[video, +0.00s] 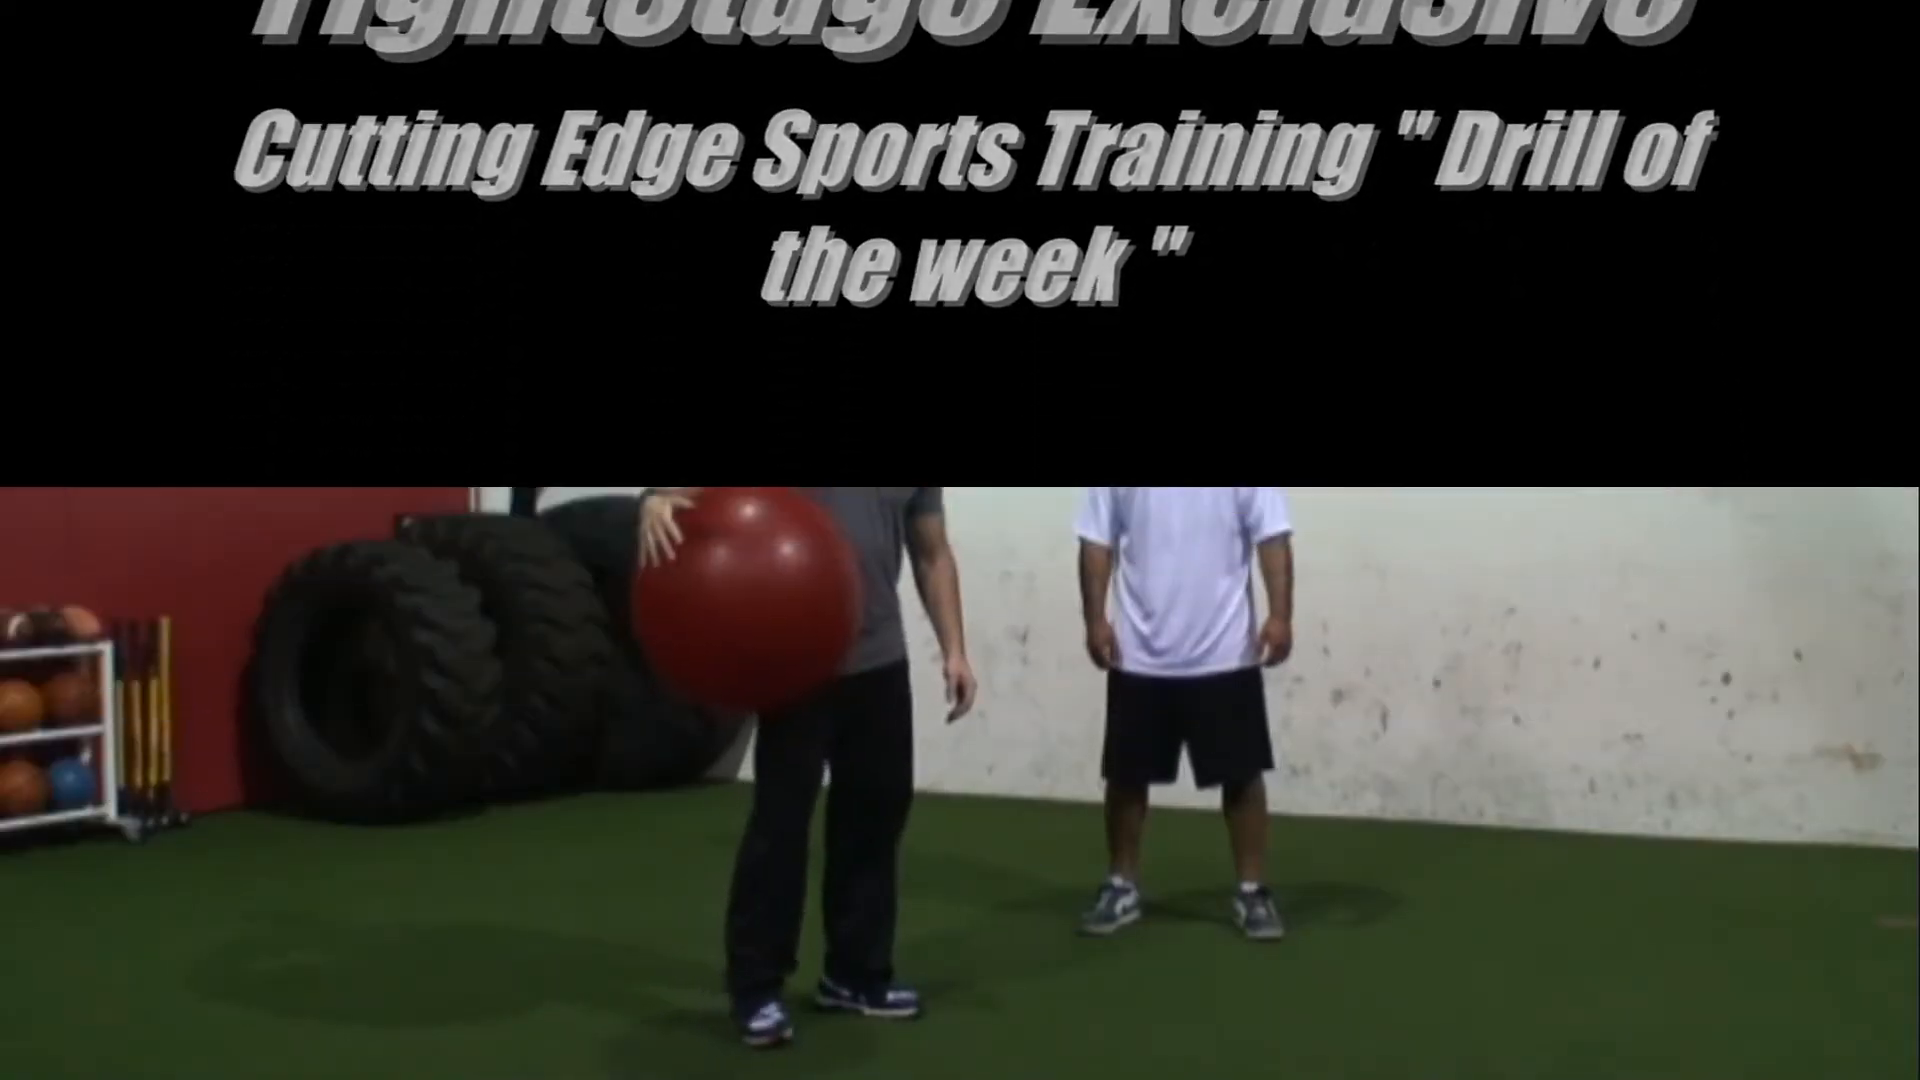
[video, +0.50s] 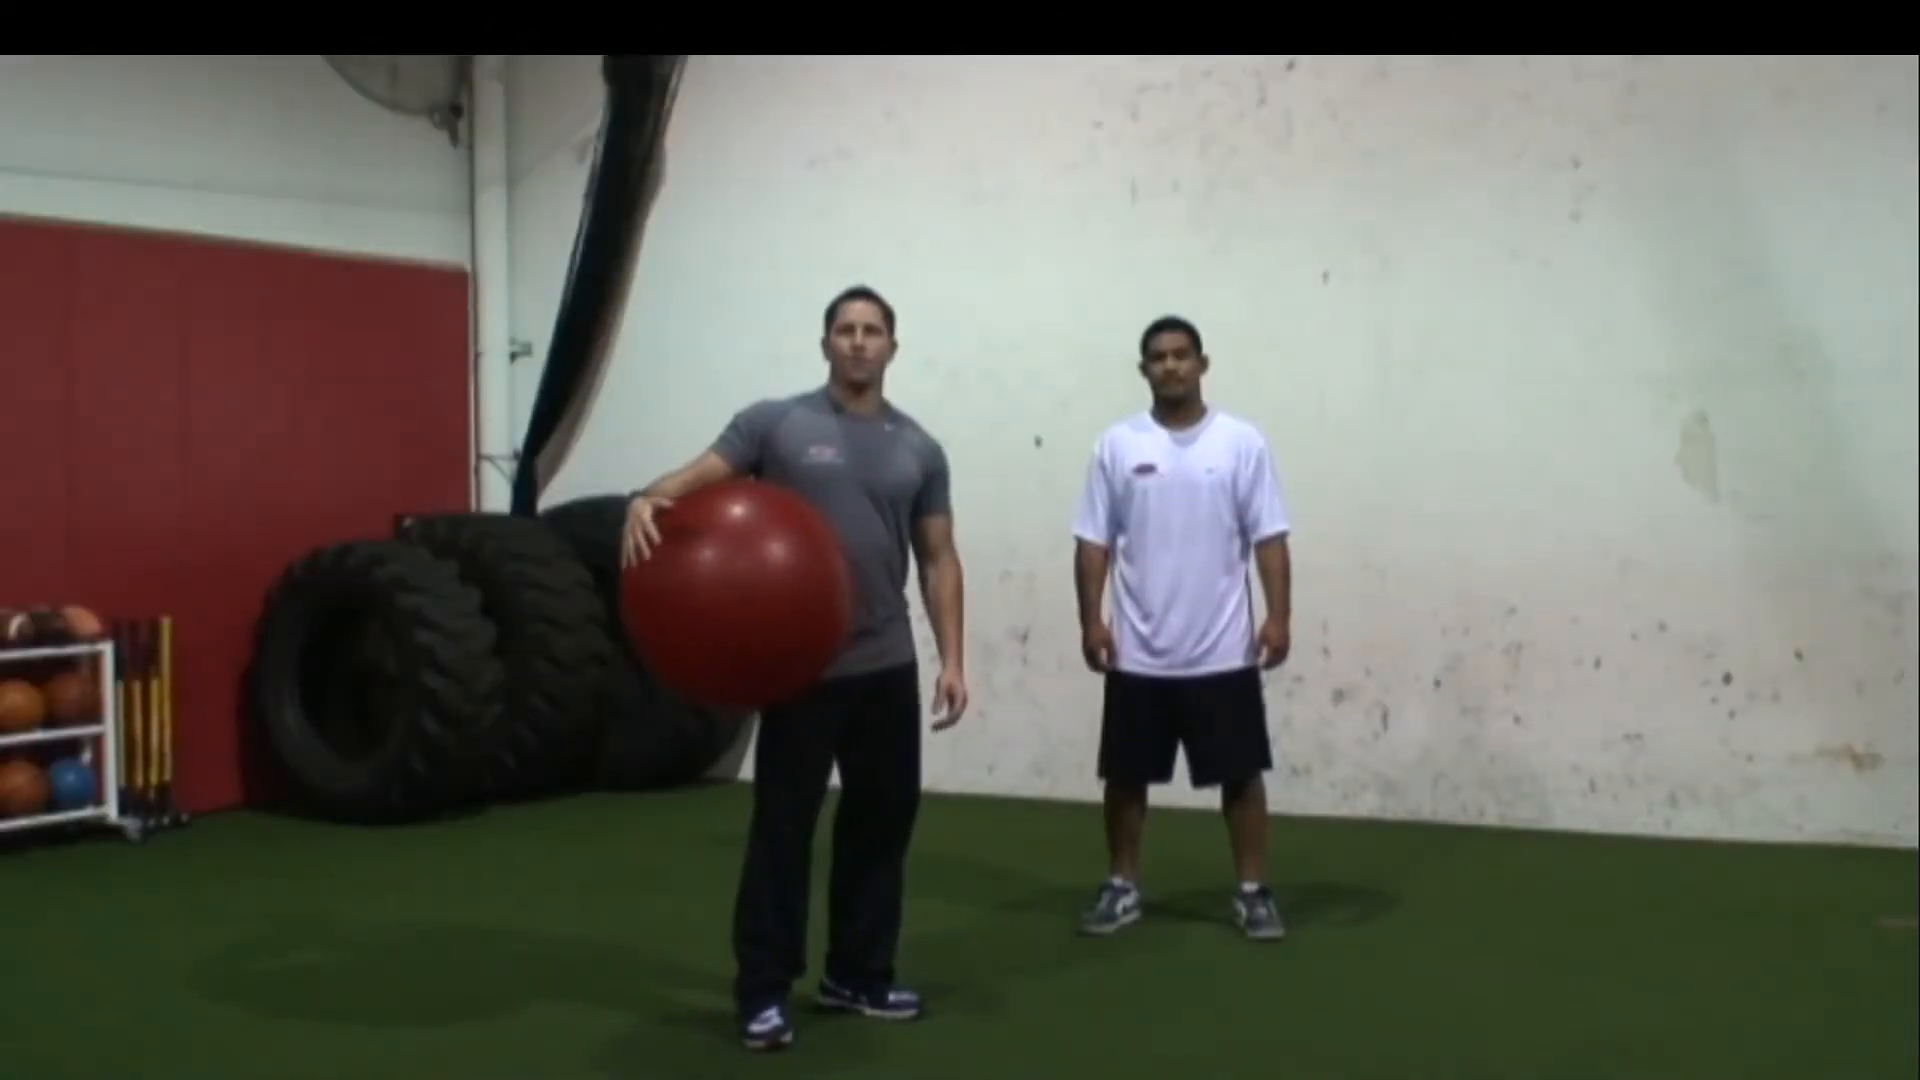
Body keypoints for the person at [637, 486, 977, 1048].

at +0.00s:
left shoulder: (909, 491)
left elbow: (931, 548)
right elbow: (709, 502)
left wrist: (955, 648)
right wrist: (658, 498)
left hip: (877, 657)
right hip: (793, 656)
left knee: (873, 819)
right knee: (782, 821)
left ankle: (856, 975)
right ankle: (757, 991)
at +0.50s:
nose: (858, 341)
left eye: (872, 331)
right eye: (846, 329)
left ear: (892, 347)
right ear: (825, 343)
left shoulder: (918, 449)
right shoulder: (774, 423)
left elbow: (939, 557)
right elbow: (697, 476)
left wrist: (953, 658)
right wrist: (645, 500)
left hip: (886, 667)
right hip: (798, 669)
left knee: (881, 827)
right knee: (782, 831)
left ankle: (860, 975)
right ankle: (764, 993)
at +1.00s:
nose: (833, 337)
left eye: (847, 326)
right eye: (821, 327)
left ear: (872, 341)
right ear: (804, 343)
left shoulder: (907, 443)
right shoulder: (757, 427)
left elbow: (942, 545)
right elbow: (683, 486)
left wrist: (950, 638)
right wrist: (625, 503)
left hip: (879, 665)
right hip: (787, 668)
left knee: (876, 831)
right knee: (776, 832)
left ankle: (860, 976)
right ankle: (765, 994)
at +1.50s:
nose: (828, 340)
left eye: (841, 329)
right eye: (816, 330)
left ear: (867, 342)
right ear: (800, 343)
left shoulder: (903, 445)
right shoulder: (753, 428)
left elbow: (934, 551)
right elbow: (679, 488)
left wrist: (949, 657)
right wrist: (618, 507)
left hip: (876, 669)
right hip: (784, 673)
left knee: (875, 831)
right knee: (776, 834)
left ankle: (859, 976)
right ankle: (765, 993)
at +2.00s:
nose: (837, 338)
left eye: (850, 328)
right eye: (824, 327)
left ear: (869, 344)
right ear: (802, 341)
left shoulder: (897, 446)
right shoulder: (754, 426)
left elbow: (923, 552)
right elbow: (681, 484)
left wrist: (939, 651)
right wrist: (630, 504)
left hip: (874, 668)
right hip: (784, 673)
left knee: (873, 831)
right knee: (777, 834)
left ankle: (859, 976)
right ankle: (766, 994)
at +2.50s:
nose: (839, 337)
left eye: (853, 327)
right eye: (827, 326)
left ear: (872, 345)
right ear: (804, 341)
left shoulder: (899, 447)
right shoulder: (754, 426)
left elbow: (923, 554)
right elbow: (681, 484)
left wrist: (936, 661)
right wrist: (630, 504)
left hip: (874, 669)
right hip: (785, 674)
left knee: (873, 833)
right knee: (777, 835)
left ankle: (860, 976)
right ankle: (765, 994)